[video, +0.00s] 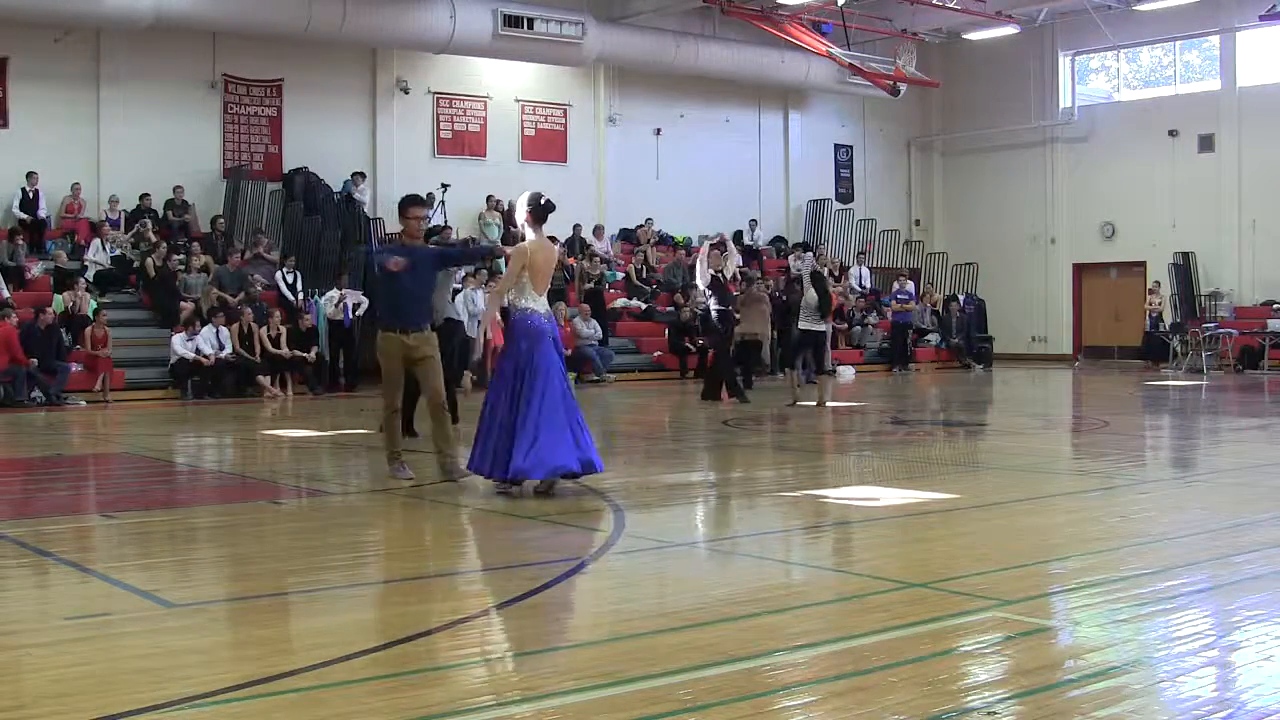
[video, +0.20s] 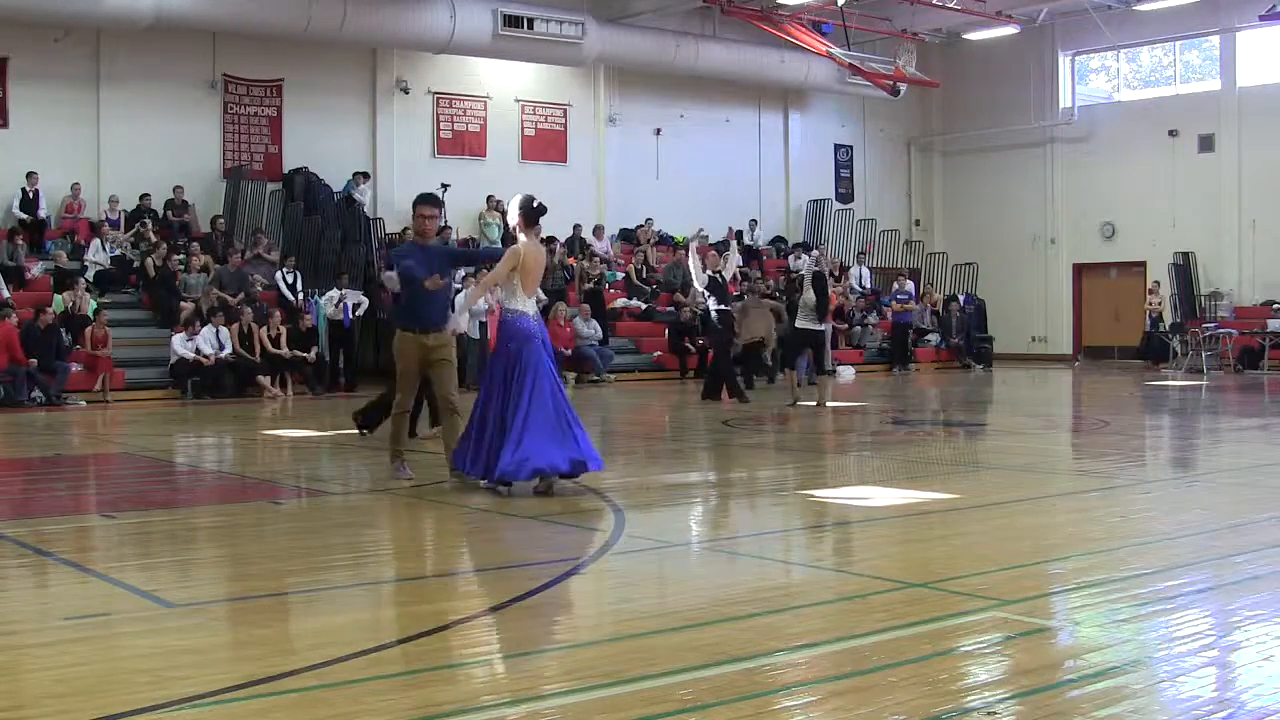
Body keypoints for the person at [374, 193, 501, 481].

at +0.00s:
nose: (420, 225)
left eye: (424, 219)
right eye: (414, 219)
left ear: (427, 221)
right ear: (401, 221)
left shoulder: (430, 254)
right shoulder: (383, 251)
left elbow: (461, 254)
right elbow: (368, 257)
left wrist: (496, 251)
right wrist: (384, 262)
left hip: (423, 336)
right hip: (391, 337)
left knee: (438, 397)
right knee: (393, 401)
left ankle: (449, 463)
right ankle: (395, 460)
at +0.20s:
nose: (427, 224)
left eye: (432, 219)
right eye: (422, 218)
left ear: (440, 222)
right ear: (413, 220)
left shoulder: (445, 253)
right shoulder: (401, 252)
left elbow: (476, 255)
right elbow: (403, 272)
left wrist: (507, 253)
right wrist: (423, 282)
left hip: (442, 337)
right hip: (409, 338)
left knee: (451, 402)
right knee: (404, 403)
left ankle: (456, 465)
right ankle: (397, 459)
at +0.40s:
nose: (438, 221)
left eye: (443, 216)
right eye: (433, 215)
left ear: (453, 219)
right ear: (427, 217)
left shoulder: (461, 252)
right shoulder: (419, 252)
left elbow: (492, 254)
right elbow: (414, 270)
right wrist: (423, 287)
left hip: (464, 333)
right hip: (432, 334)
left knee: (465, 397)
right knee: (429, 400)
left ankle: (462, 456)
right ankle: (408, 456)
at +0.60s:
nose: (446, 220)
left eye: (451, 214)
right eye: (440, 215)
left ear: (461, 215)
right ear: (434, 216)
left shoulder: (476, 249)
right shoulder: (424, 252)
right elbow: (412, 296)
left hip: (480, 332)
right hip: (447, 335)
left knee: (485, 398)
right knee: (459, 401)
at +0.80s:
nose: (449, 219)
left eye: (454, 213)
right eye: (444, 214)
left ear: (464, 214)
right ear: (437, 215)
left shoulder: (480, 247)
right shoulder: (431, 250)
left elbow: (496, 279)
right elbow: (422, 291)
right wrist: (421, 276)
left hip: (482, 330)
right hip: (451, 332)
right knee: (459, 392)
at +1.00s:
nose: (450, 217)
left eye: (455, 211)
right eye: (445, 213)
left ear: (465, 213)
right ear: (439, 216)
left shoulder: (479, 247)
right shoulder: (434, 248)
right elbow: (421, 283)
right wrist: (416, 266)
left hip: (482, 327)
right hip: (452, 328)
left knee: (484, 389)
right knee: (458, 390)